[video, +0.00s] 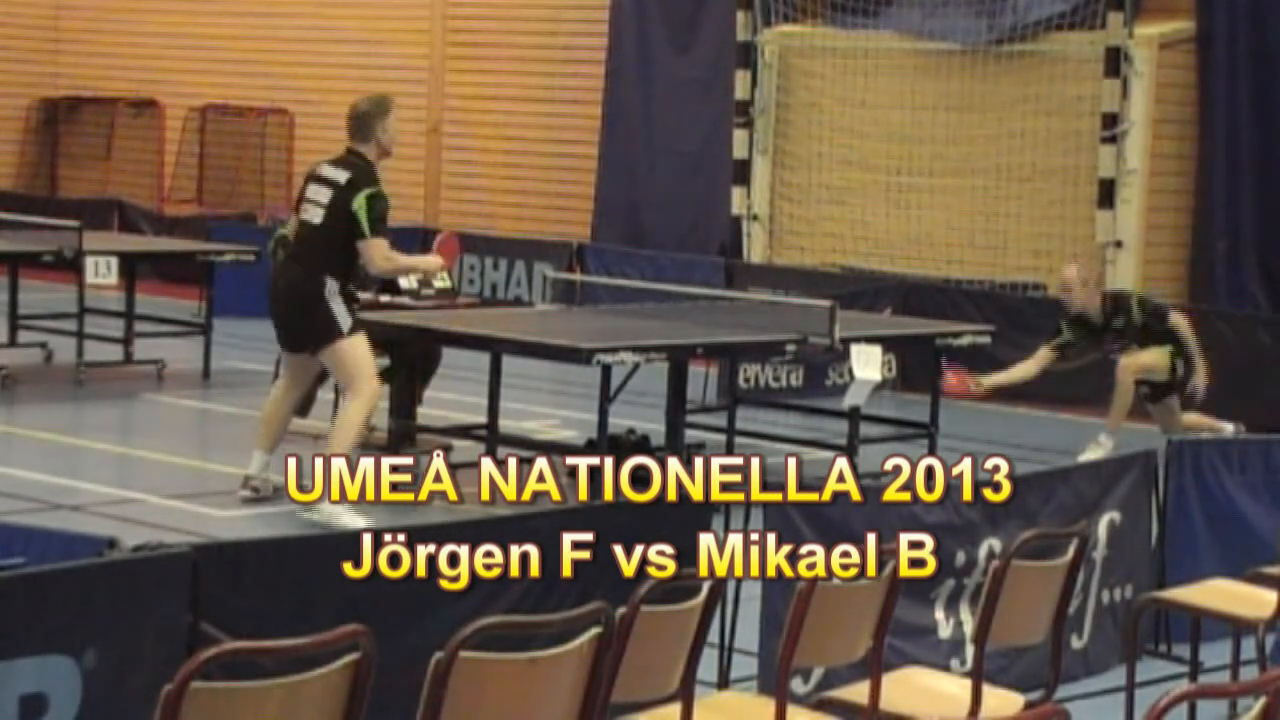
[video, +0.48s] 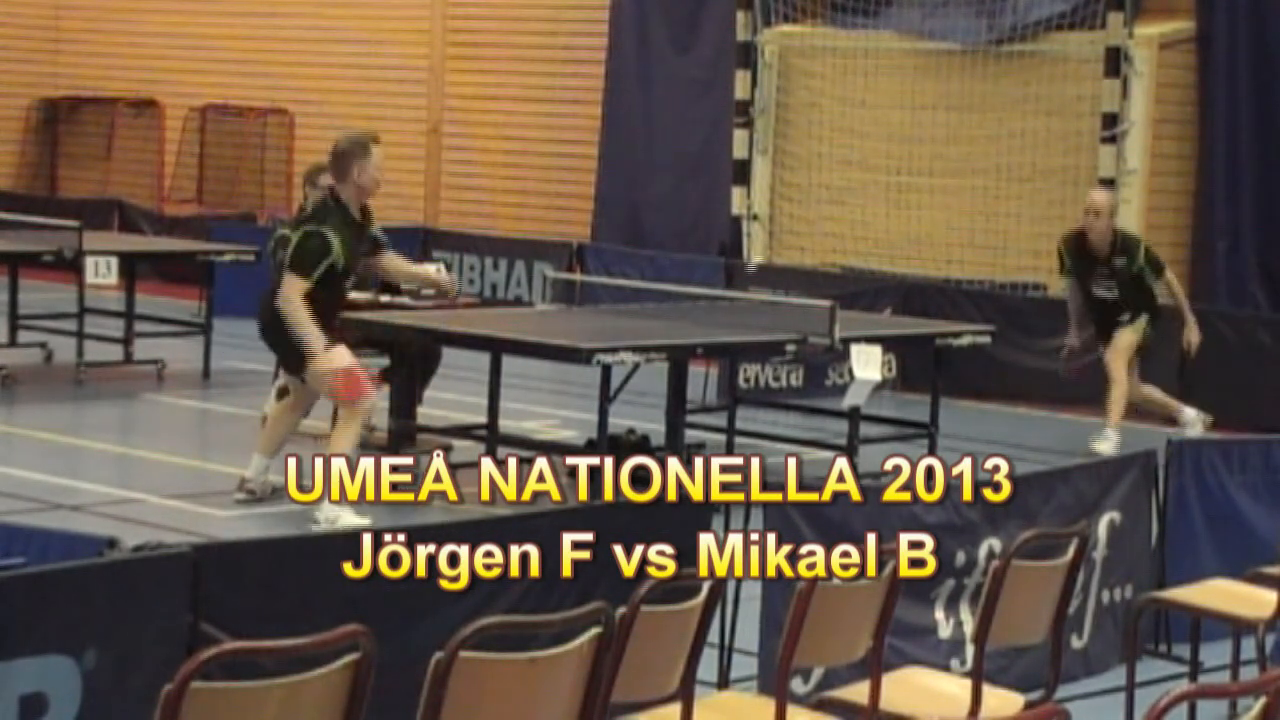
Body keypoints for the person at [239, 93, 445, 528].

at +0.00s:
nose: (398, 134)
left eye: (395, 127)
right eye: (393, 128)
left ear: (357, 132)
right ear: (377, 133)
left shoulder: (322, 170)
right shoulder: (365, 186)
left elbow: (307, 229)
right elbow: (379, 260)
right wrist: (423, 262)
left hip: (287, 282)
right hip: (318, 288)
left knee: (297, 379)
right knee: (365, 386)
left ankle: (257, 472)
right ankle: (332, 493)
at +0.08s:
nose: (388, 137)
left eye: (386, 129)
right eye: (384, 129)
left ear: (350, 134)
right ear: (370, 134)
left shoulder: (317, 173)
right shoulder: (358, 188)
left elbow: (309, 242)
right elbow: (375, 263)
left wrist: (346, 284)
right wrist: (419, 268)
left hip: (285, 288)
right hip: (314, 295)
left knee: (295, 383)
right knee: (357, 393)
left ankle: (254, 472)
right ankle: (324, 500)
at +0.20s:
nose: (383, 146)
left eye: (380, 138)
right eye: (378, 138)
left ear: (344, 142)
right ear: (364, 144)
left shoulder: (316, 178)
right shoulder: (349, 196)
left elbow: (315, 248)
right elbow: (359, 273)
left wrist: (368, 280)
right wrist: (410, 287)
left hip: (278, 294)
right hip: (304, 300)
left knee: (297, 386)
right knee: (356, 395)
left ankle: (254, 473)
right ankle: (323, 501)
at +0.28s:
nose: (380, 146)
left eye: (377, 138)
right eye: (375, 139)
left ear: (344, 147)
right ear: (360, 148)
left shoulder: (320, 180)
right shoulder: (340, 201)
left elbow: (341, 263)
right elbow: (338, 279)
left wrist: (381, 291)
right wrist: (396, 302)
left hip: (278, 298)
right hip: (298, 304)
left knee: (300, 388)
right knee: (355, 394)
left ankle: (254, 473)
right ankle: (320, 500)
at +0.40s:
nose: (379, 164)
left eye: (377, 156)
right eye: (374, 156)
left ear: (352, 161)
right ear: (355, 161)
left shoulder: (344, 204)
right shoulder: (327, 220)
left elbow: (358, 261)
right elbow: (304, 291)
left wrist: (409, 286)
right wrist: (357, 335)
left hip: (295, 313)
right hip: (286, 319)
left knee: (298, 395)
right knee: (355, 393)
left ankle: (254, 475)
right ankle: (329, 500)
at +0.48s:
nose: (380, 175)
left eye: (379, 167)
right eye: (375, 168)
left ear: (356, 172)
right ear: (355, 173)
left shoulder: (359, 216)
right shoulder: (321, 229)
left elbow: (383, 261)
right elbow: (289, 297)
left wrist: (430, 276)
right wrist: (317, 352)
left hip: (313, 317)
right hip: (290, 322)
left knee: (302, 394)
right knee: (357, 398)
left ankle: (255, 473)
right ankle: (333, 503)